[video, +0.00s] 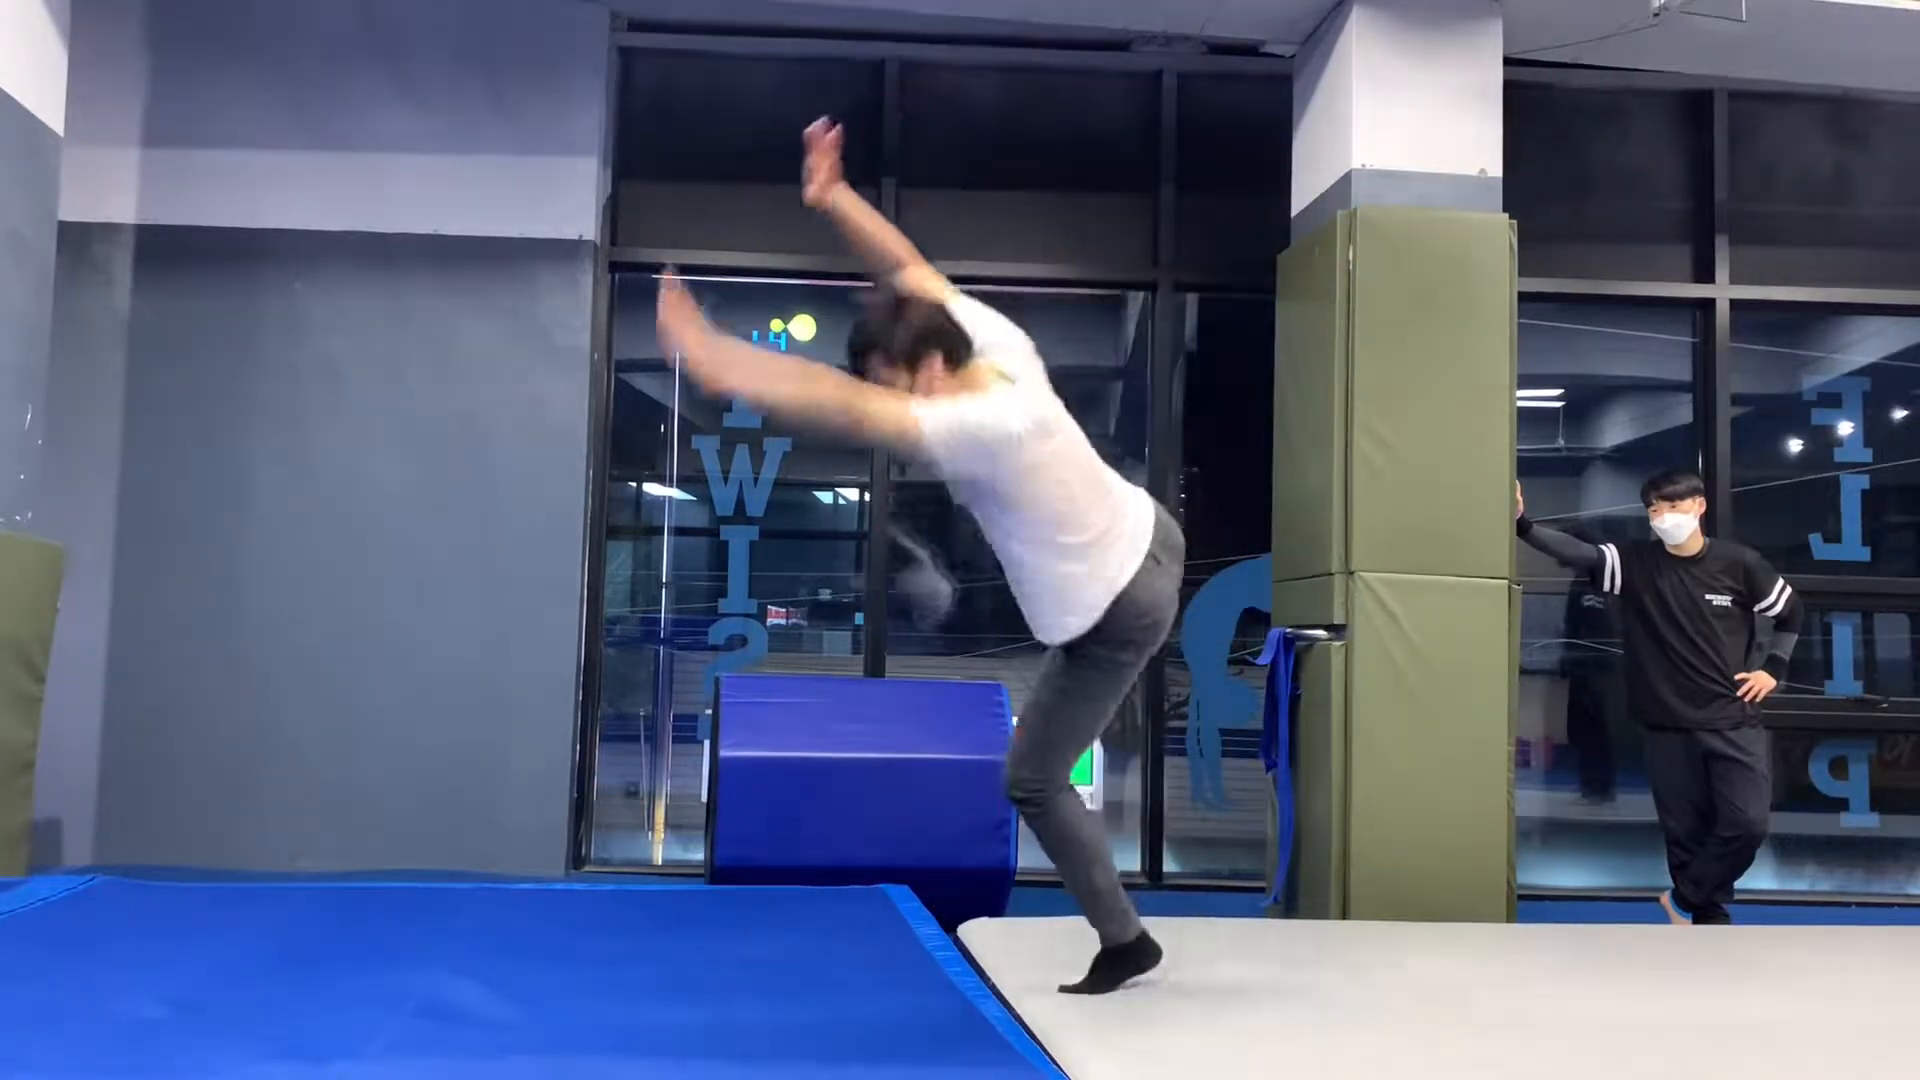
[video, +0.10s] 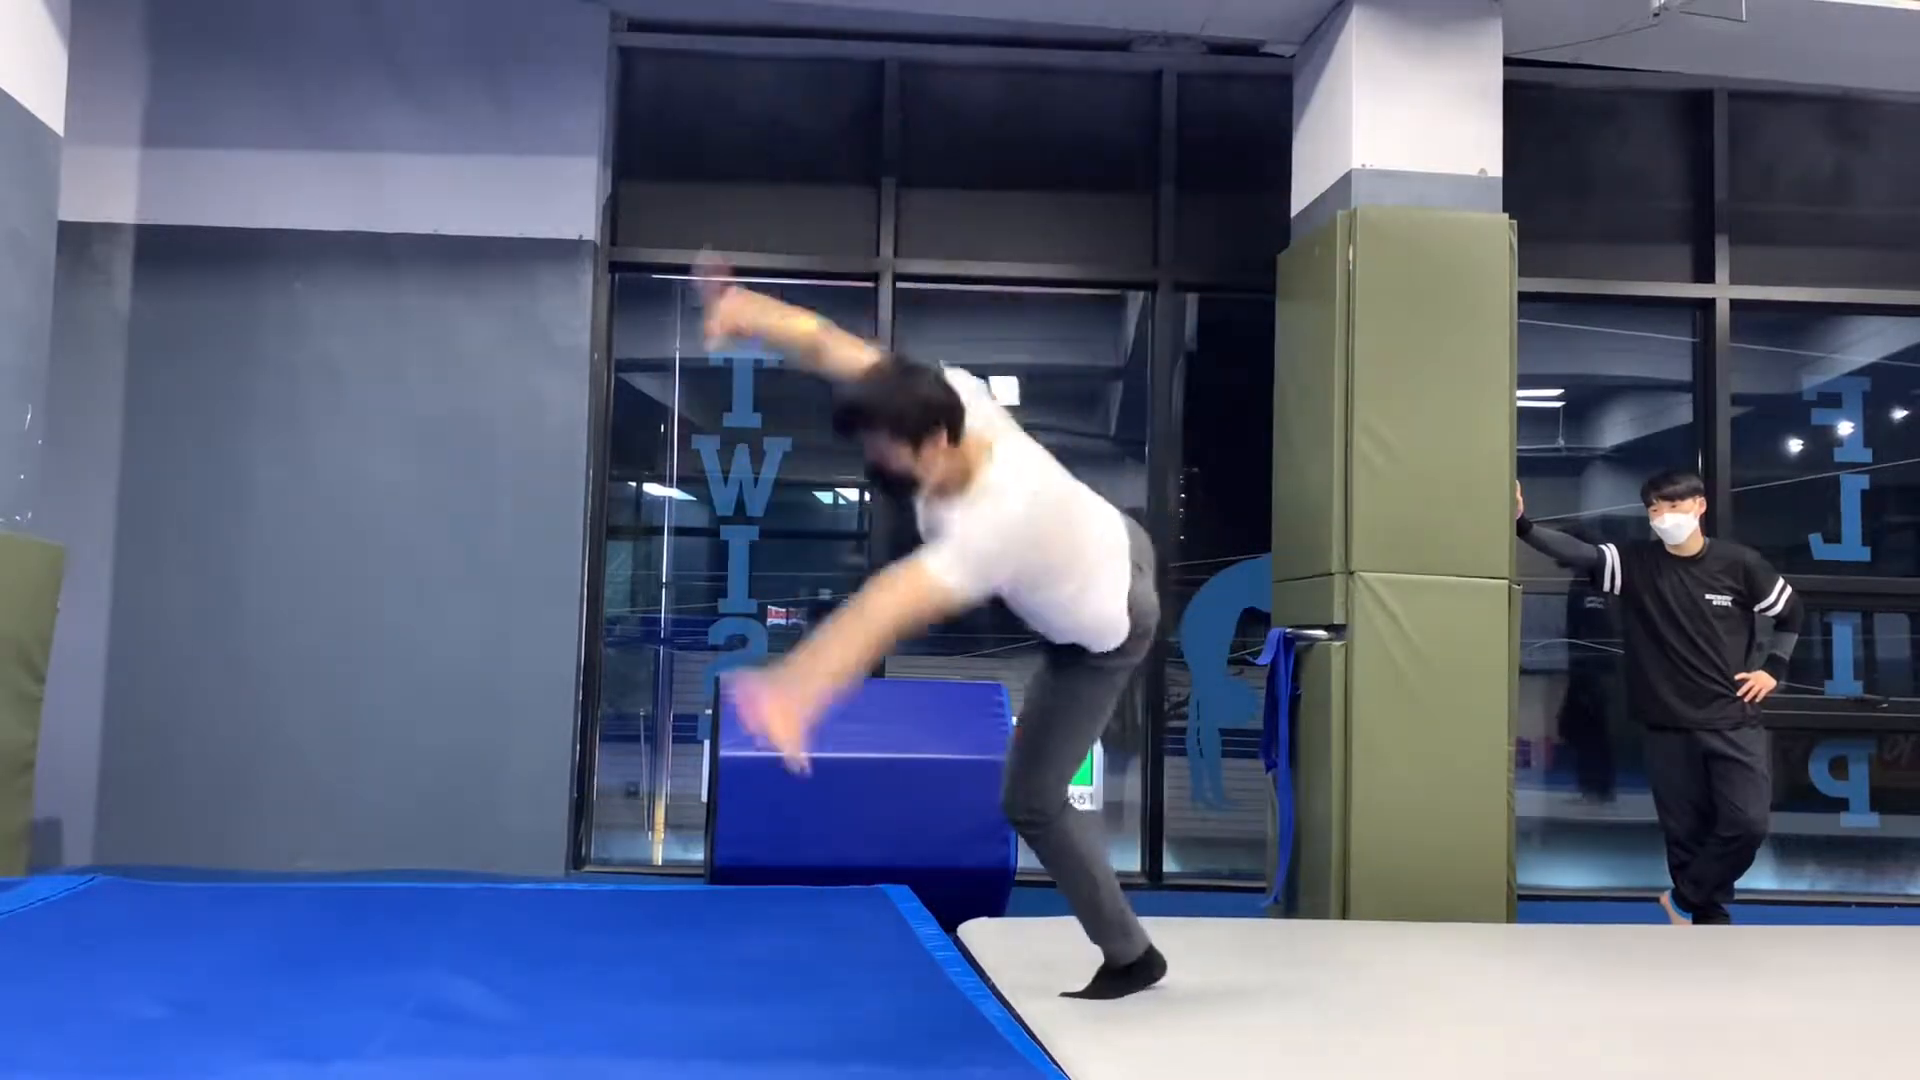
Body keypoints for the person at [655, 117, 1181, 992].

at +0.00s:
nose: (897, 401)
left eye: (897, 385)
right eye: (887, 385)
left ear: (930, 364)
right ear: (933, 345)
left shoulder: (978, 425)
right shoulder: (989, 341)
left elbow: (849, 406)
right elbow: (912, 272)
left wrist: (721, 363)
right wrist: (833, 198)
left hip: (1127, 608)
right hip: (1152, 530)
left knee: (1035, 780)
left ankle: (1124, 938)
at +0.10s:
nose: (895, 474)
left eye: (899, 460)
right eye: (884, 462)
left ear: (938, 438)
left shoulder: (996, 520)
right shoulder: (947, 398)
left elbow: (891, 602)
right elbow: (836, 351)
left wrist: (795, 691)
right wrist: (752, 311)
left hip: (1110, 623)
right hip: (1120, 537)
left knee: (1033, 799)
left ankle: (1130, 954)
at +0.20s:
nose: (884, 568)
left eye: (896, 559)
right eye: (878, 554)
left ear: (940, 550)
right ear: (873, 525)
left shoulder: (994, 612)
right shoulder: (895, 484)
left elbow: (931, 771)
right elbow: (771, 480)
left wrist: (892, 910)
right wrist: (667, 509)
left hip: (1078, 629)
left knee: (1017, 807)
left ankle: (1123, 951)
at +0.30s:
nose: (869, 697)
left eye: (885, 696)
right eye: (864, 682)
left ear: (927, 690)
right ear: (856, 633)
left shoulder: (968, 709)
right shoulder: (859, 570)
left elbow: (938, 867)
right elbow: (745, 650)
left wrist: (922, 1011)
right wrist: (641, 763)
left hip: (1046, 571)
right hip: (974, 499)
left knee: (1039, 771)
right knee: (843, 493)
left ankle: (1116, 935)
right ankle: (816, 452)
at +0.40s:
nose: (826, 827)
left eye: (844, 829)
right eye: (825, 815)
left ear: (904, 800)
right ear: (823, 769)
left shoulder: (936, 782)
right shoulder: (786, 700)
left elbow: (916, 927)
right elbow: (713, 828)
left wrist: (914, 1061)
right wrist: (666, 974)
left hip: (979, 532)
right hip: (888, 480)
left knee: (1045, 679)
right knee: (730, 457)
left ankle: (1152, 796)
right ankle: (659, 374)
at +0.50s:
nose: (816, 923)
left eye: (841, 920)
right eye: (802, 912)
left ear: (884, 867)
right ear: (779, 866)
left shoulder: (916, 816)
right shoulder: (738, 784)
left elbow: (913, 949)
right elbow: (680, 934)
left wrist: (914, 1071)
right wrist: (642, 1071)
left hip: (910, 541)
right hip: (802, 508)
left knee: (1021, 581)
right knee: (622, 503)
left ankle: (1086, 584)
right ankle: (487, 433)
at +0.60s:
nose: (771, 939)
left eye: (802, 944)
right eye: (765, 927)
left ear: (861, 883)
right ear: (752, 874)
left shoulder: (893, 810)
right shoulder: (703, 798)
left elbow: (907, 943)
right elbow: (647, 957)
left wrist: (918, 1069)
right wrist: (632, 1075)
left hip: (835, 520)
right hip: (726, 517)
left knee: (903, 471)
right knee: (527, 630)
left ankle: (958, 433)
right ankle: (357, 652)